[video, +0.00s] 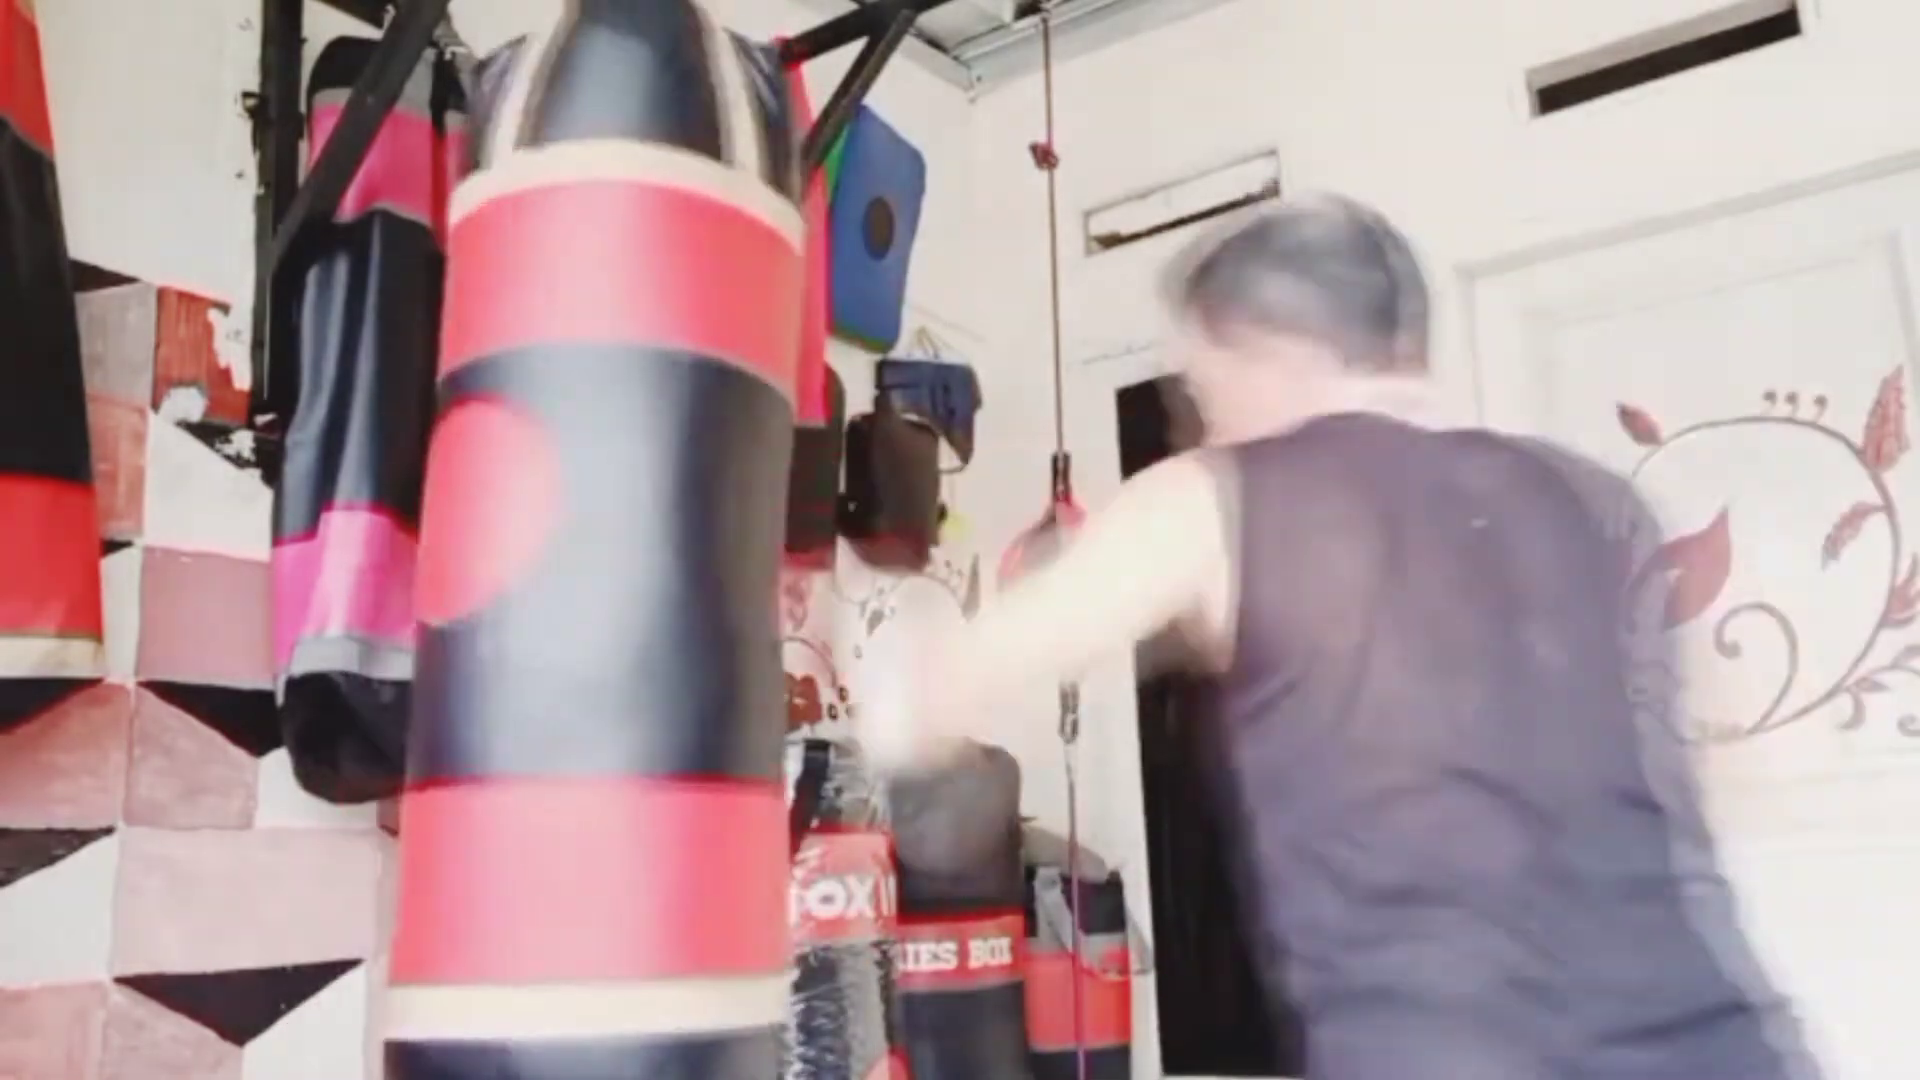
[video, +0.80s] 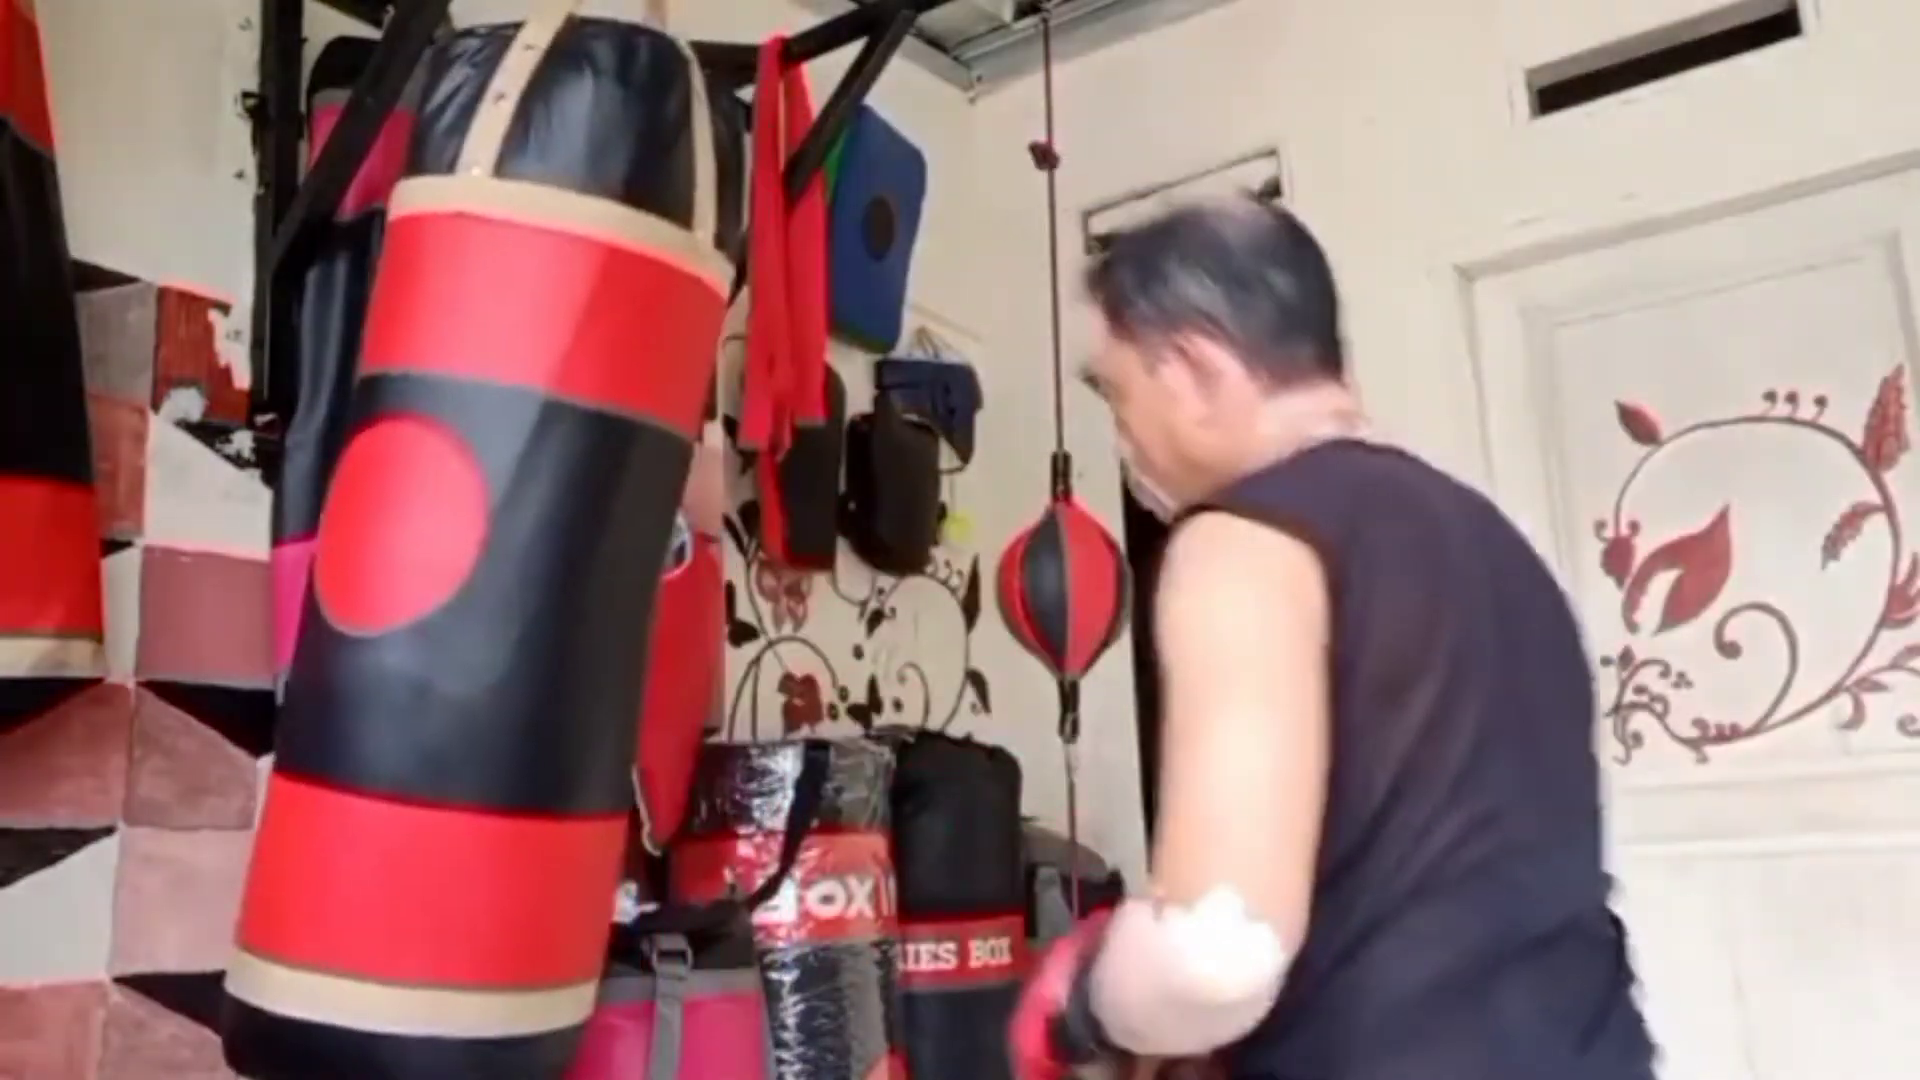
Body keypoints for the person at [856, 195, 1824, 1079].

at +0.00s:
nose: (1205, 414)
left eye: (1203, 379)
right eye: (1196, 384)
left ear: (1260, 346)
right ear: (1407, 345)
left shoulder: (1212, 505)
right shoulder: (1601, 500)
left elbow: (930, 707)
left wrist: (991, 611)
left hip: (1426, 1055)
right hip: (1708, 1046)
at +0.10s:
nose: (1100, 391)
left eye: (1096, 350)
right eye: (1089, 355)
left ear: (1156, 327)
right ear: (1294, 315)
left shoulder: (1254, 525)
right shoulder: (1399, 473)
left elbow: (1078, 940)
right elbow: (1135, 596)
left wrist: (1051, 817)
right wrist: (965, 579)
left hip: (1433, 1053)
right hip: (1615, 1037)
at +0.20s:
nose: (1053, 398)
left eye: (1047, 352)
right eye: (1043, 356)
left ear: (1125, 337)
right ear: (1245, 315)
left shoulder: (1253, 533)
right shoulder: (1339, 476)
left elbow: (1181, 987)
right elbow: (1038, 622)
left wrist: (1071, 839)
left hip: (1432, 1058)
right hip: (1577, 1040)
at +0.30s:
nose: (1037, 384)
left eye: (1026, 339)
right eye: (1022, 345)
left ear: (1101, 321)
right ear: (1237, 293)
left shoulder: (1219, 526)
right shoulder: (1342, 446)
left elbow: (1216, 982)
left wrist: (1020, 854)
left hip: (1410, 1059)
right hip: (1568, 1033)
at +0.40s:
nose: (1027, 373)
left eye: (1017, 330)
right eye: (1012, 333)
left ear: (1093, 313)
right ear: (1232, 287)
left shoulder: (1203, 523)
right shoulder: (1341, 443)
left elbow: (1217, 974)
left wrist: (1025, 883)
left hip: (1409, 1062)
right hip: (1570, 1039)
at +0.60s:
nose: (1049, 386)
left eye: (1039, 339)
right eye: (1033, 344)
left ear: (1114, 327)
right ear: (1251, 304)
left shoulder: (1191, 531)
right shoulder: (1396, 479)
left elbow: (1178, 958)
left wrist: (1005, 947)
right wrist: (1086, 937)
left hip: (1364, 1060)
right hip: (1563, 1042)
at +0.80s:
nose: (1119, 434)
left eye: (1113, 390)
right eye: (1106, 396)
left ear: (1193, 367)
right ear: (1316, 349)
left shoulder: (1244, 540)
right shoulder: (1483, 531)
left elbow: (1221, 957)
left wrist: (1086, 983)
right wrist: (1212, 1031)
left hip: (1378, 1058)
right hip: (1585, 1049)